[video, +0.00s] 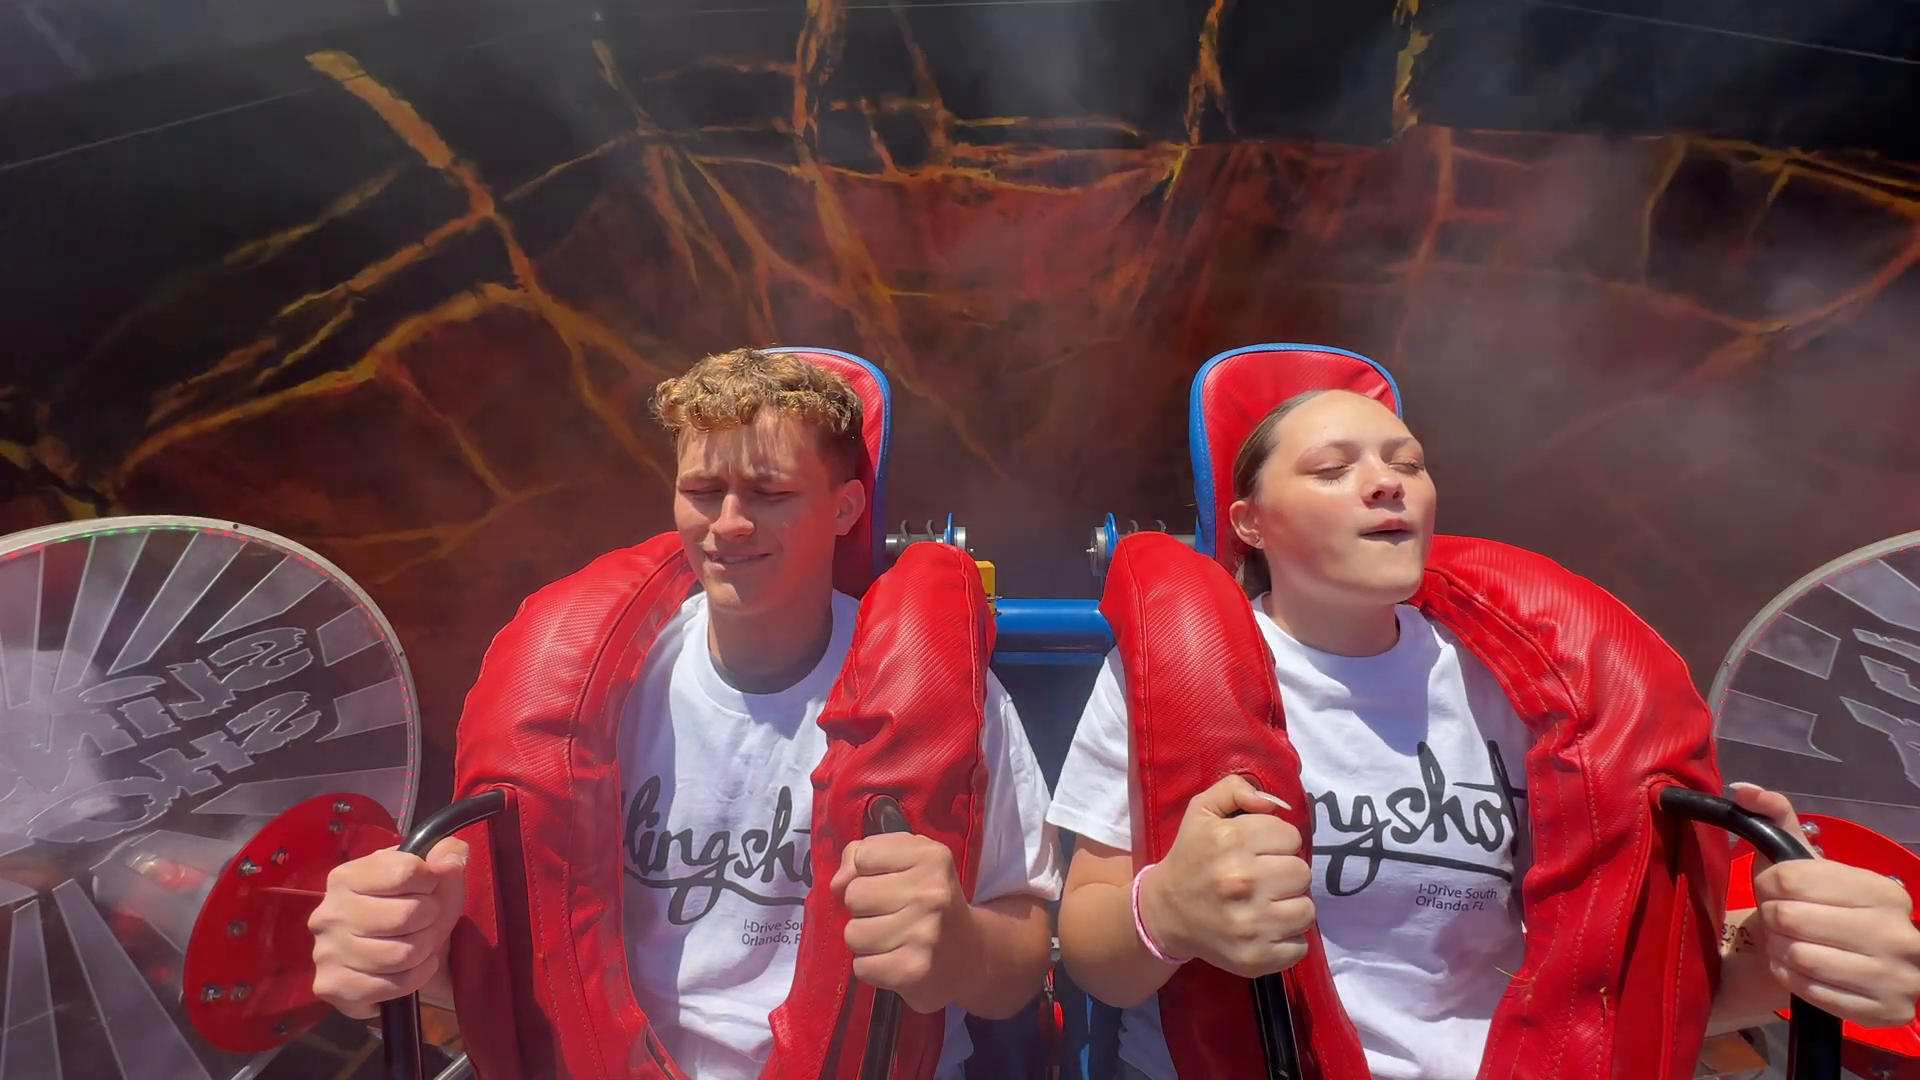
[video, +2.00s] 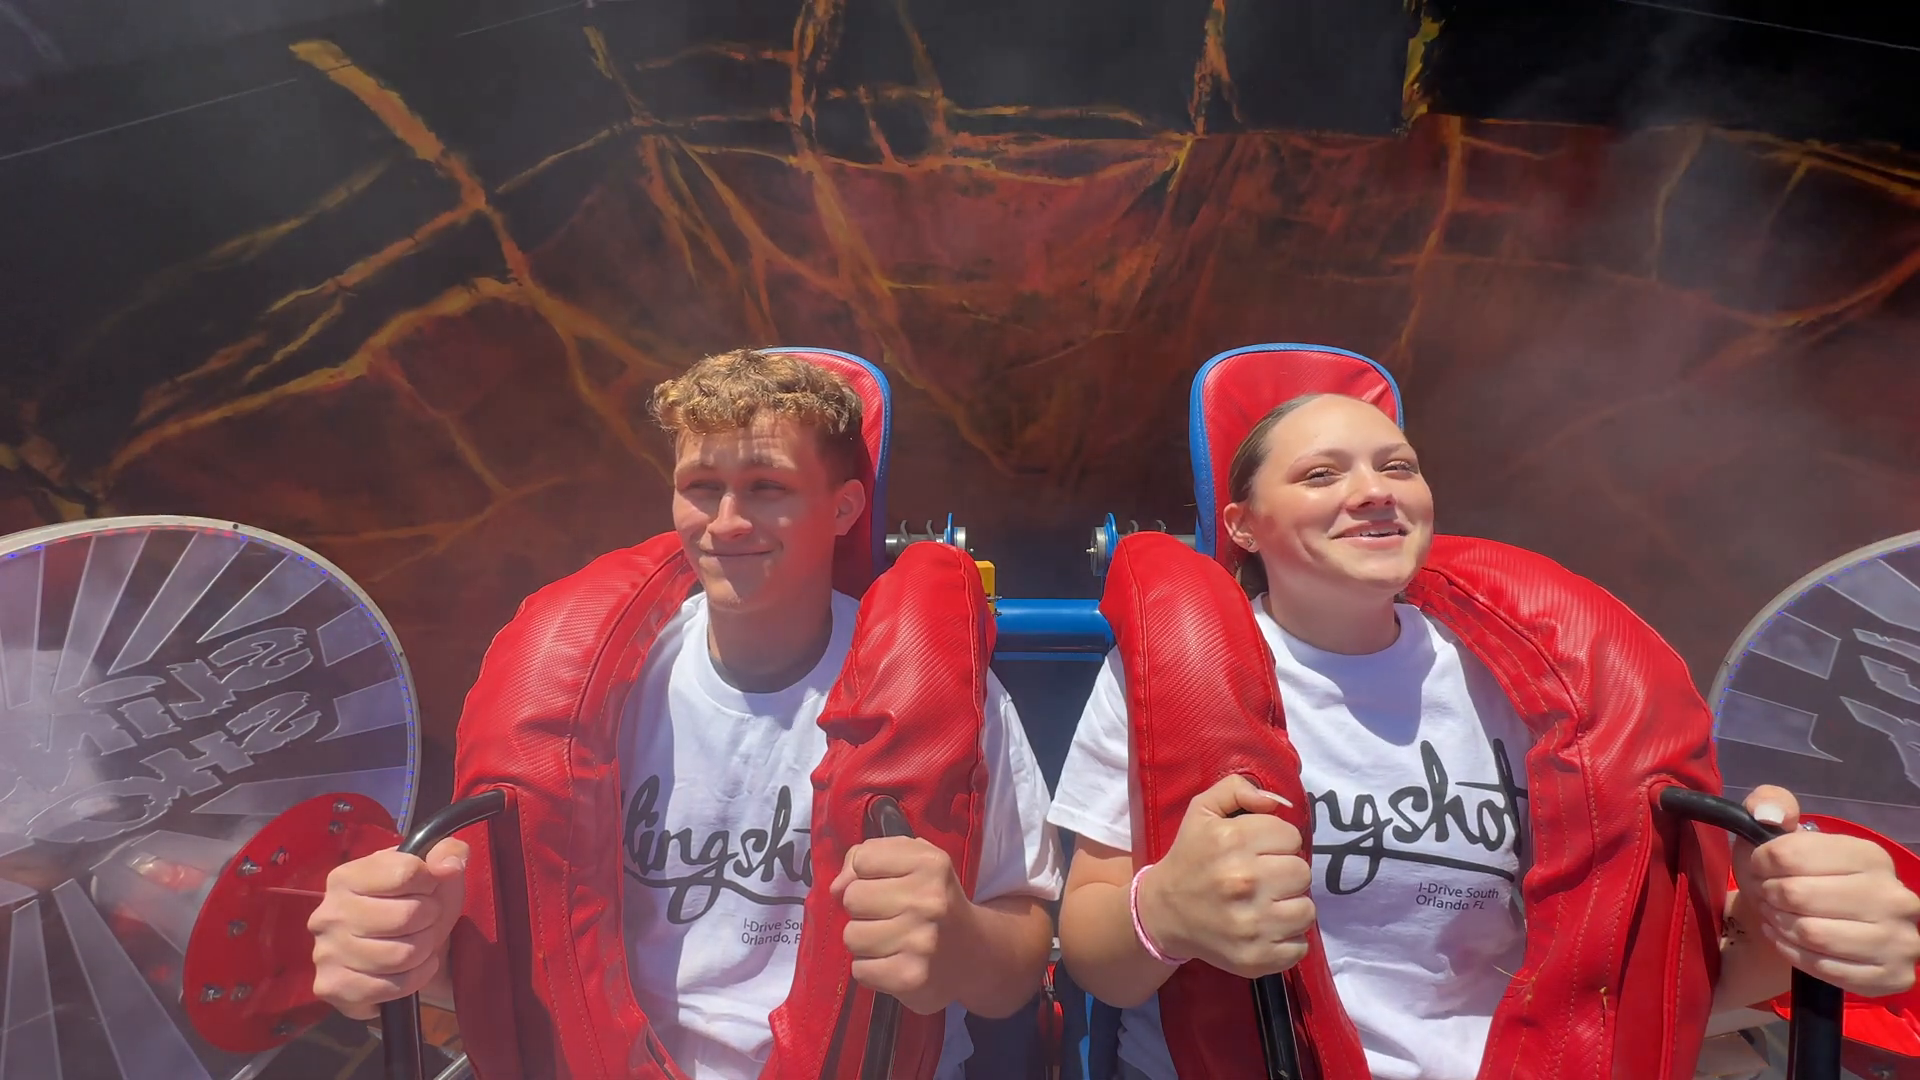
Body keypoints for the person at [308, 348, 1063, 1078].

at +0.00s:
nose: (729, 524)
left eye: (768, 493)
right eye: (705, 490)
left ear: (847, 507)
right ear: (675, 492)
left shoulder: (936, 690)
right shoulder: (581, 669)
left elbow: (1026, 958)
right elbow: (505, 938)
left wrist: (961, 949)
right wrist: (410, 945)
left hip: (832, 1063)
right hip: (611, 1058)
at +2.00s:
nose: (726, 523)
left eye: (766, 491)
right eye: (703, 490)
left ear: (847, 507)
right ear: (672, 494)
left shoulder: (935, 688)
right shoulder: (586, 674)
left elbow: (1026, 955)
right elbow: (503, 926)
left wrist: (965, 949)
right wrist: (402, 942)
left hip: (839, 1063)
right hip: (616, 1058)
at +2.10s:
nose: (724, 523)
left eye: (763, 491)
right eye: (700, 490)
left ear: (845, 506)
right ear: (671, 494)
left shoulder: (935, 688)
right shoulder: (585, 673)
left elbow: (1024, 957)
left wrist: (964, 948)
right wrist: (402, 941)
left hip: (836, 1063)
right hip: (614, 1058)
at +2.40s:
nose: (725, 523)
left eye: (765, 491)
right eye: (702, 490)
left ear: (846, 506)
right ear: (672, 494)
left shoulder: (935, 688)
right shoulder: (586, 672)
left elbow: (1024, 959)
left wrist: (964, 948)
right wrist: (402, 943)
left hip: (835, 1063)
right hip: (613, 1058)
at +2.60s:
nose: (752, 523)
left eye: (790, 491)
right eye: (722, 489)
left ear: (851, 506)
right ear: (680, 497)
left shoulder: (936, 687)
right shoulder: (585, 674)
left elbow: (1025, 957)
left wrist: (964, 948)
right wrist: (403, 942)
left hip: (841, 1063)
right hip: (616, 1058)